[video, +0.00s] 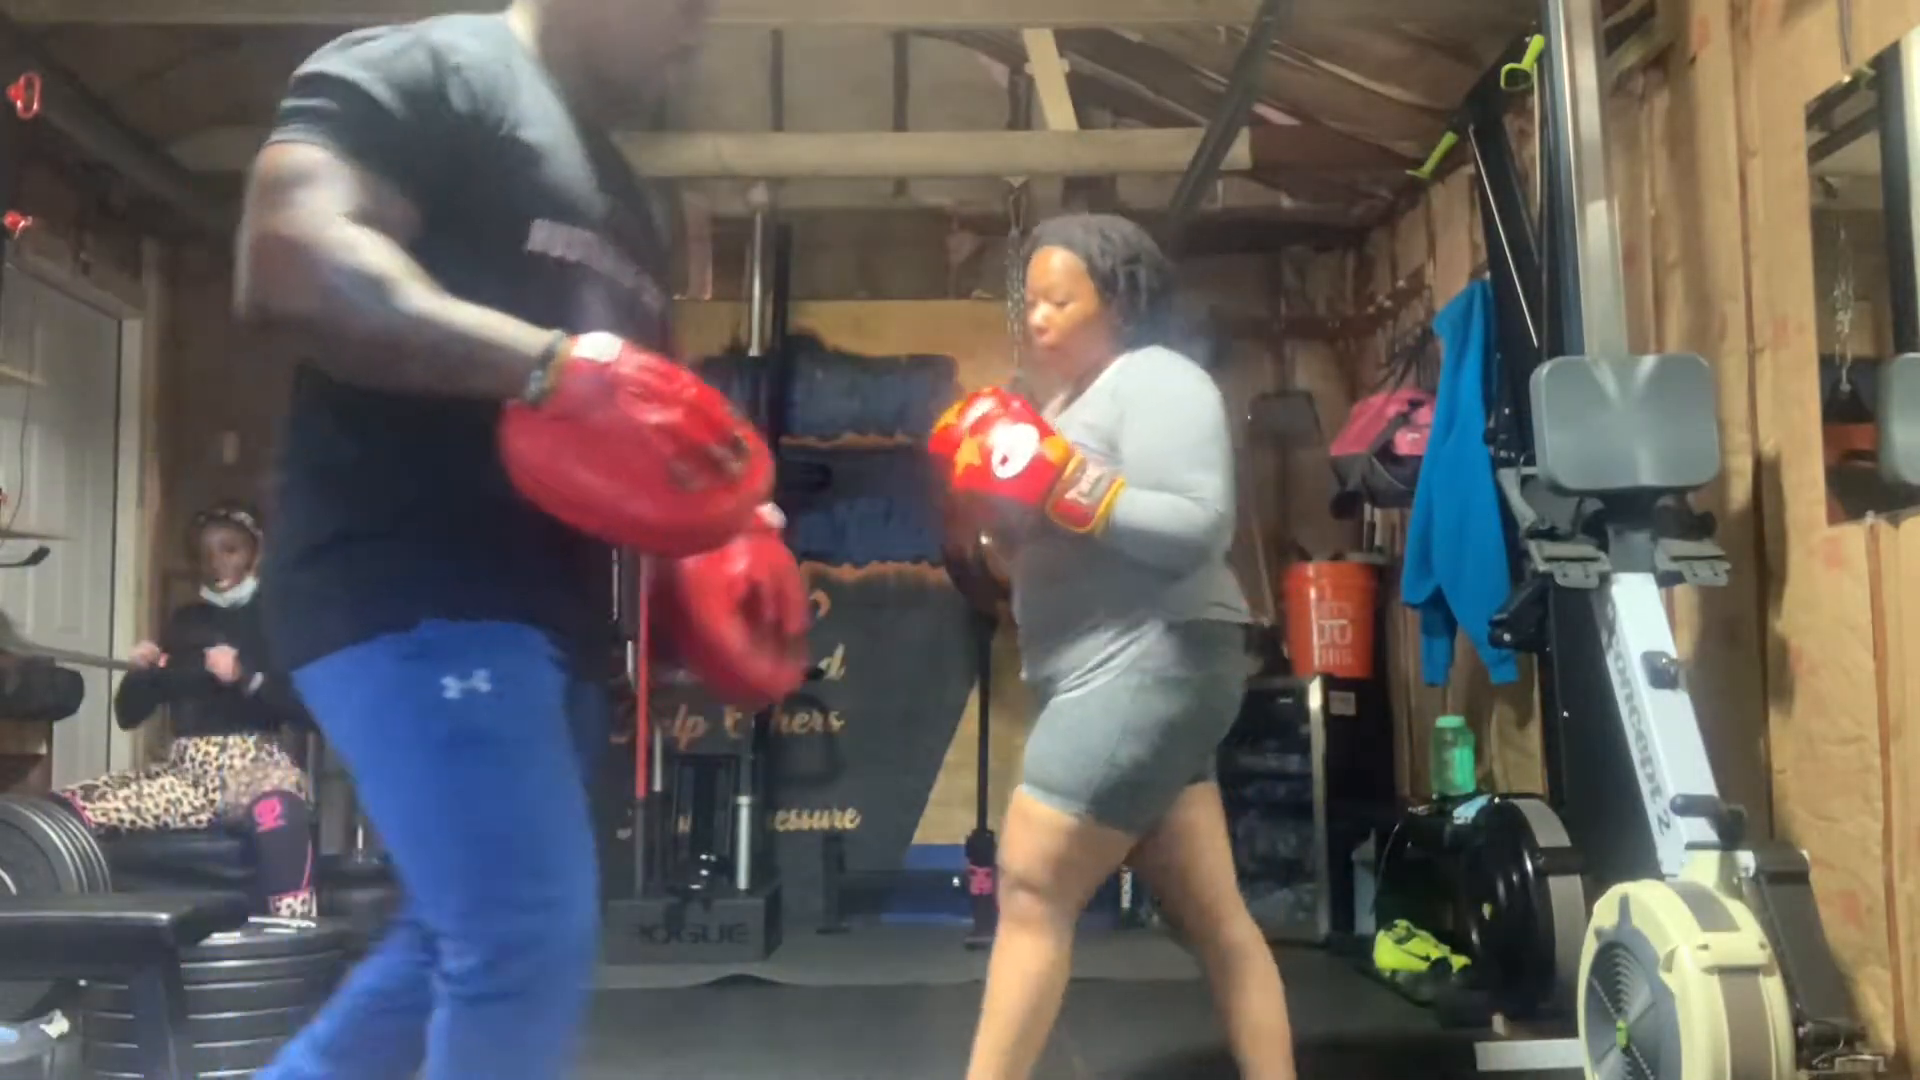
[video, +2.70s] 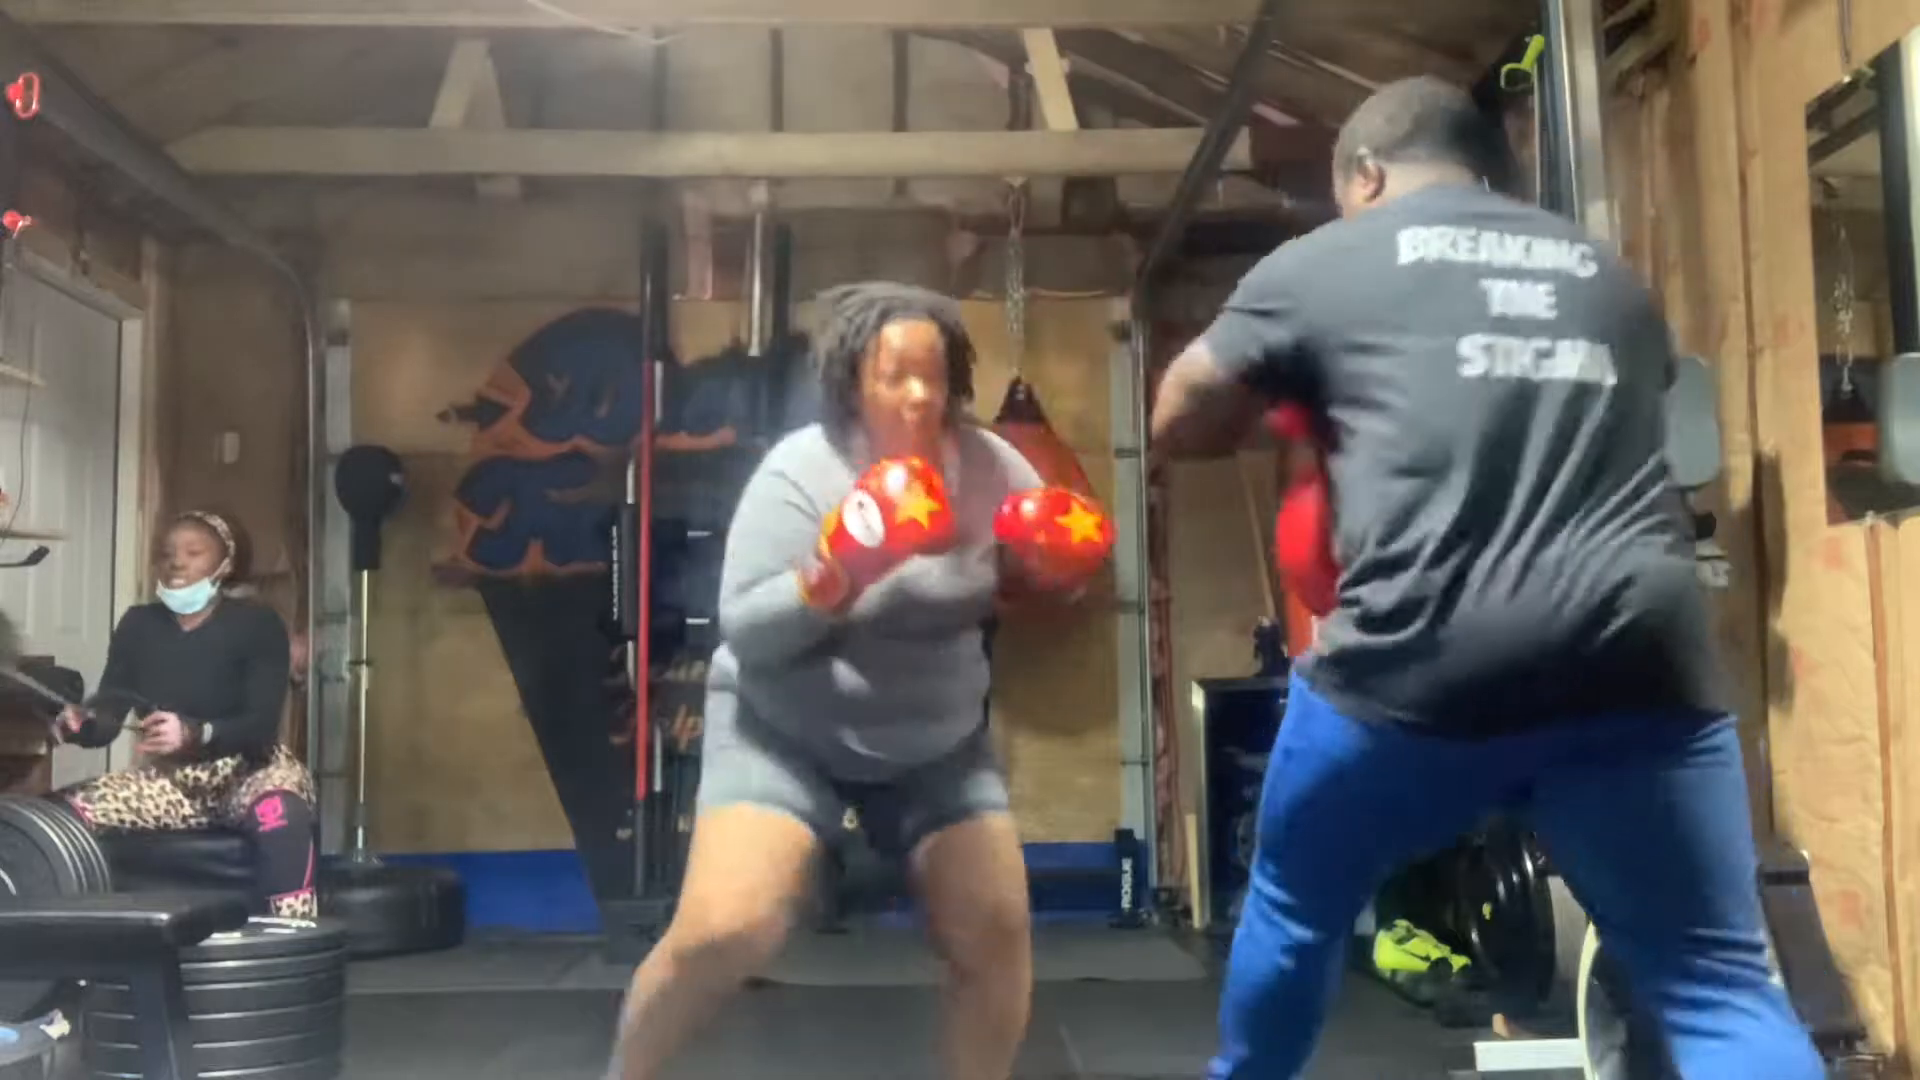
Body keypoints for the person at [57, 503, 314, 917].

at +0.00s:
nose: (218, 563)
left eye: (230, 550)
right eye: (209, 552)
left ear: (255, 554)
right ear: (199, 559)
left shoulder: (279, 613)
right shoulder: (186, 619)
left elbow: (307, 709)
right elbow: (129, 717)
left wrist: (246, 677)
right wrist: (139, 674)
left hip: (260, 771)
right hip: (185, 772)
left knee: (279, 814)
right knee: (64, 811)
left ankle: (295, 944)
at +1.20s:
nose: (196, 556)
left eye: (212, 546)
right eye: (188, 545)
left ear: (239, 556)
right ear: (178, 551)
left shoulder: (265, 608)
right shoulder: (151, 612)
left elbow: (271, 684)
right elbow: (93, 697)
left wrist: (192, 659)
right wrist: (93, 665)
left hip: (248, 772)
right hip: (168, 774)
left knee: (281, 813)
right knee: (61, 811)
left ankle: (294, 946)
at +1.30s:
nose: (184, 556)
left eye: (200, 547)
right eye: (176, 546)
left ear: (228, 558)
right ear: (166, 552)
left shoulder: (256, 611)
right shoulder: (147, 613)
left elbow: (255, 699)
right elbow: (92, 711)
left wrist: (170, 685)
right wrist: (89, 683)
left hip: (246, 771)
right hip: (168, 775)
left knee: (279, 814)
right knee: (57, 813)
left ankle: (296, 945)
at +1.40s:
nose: (174, 558)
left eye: (189, 550)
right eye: (168, 549)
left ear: (219, 563)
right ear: (158, 555)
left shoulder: (250, 622)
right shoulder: (138, 619)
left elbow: (247, 720)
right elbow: (107, 705)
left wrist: (165, 726)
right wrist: (86, 715)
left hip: (243, 773)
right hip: (165, 775)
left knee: (279, 812)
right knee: (61, 813)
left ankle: (295, 944)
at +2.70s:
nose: (176, 562)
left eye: (191, 552)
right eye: (168, 552)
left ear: (222, 566)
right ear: (157, 562)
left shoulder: (258, 624)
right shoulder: (139, 625)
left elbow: (262, 728)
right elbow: (106, 723)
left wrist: (194, 733)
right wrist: (82, 725)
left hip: (246, 778)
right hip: (165, 780)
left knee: (282, 812)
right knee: (63, 815)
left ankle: (294, 949)